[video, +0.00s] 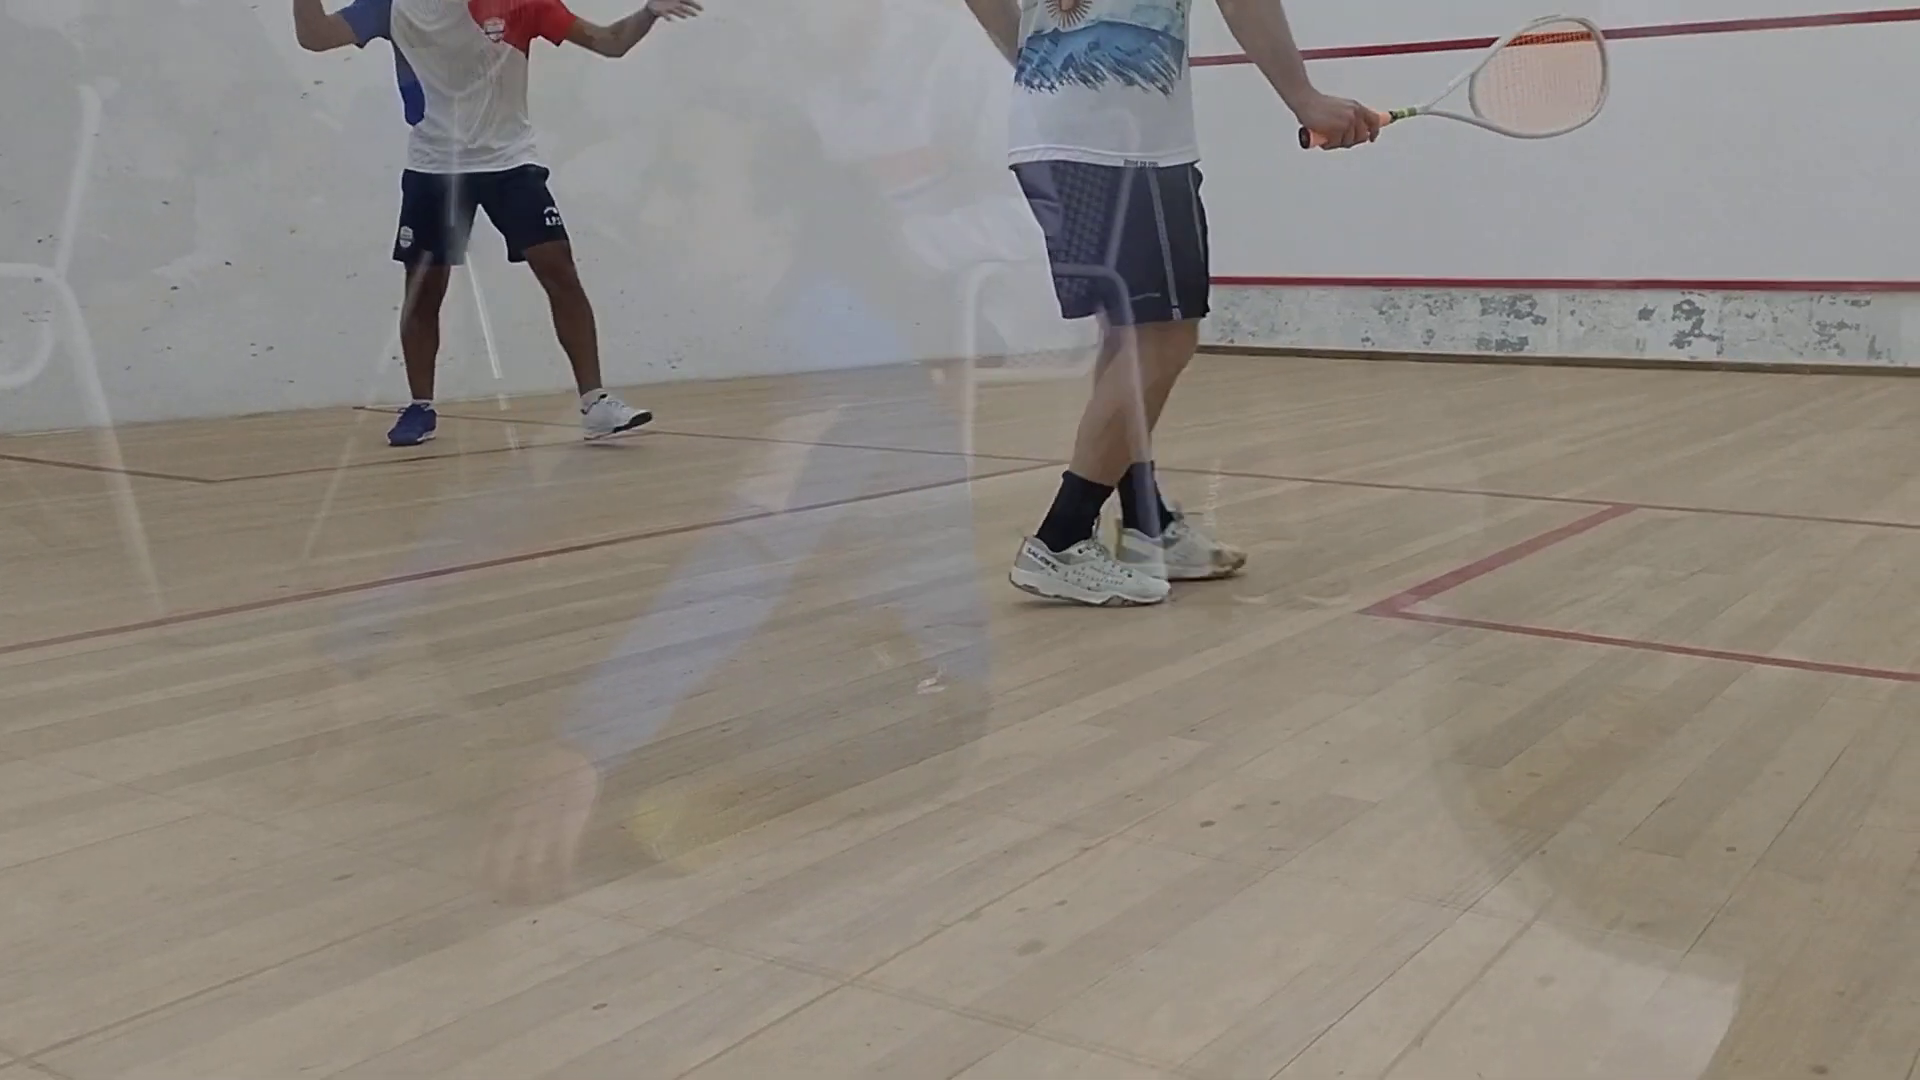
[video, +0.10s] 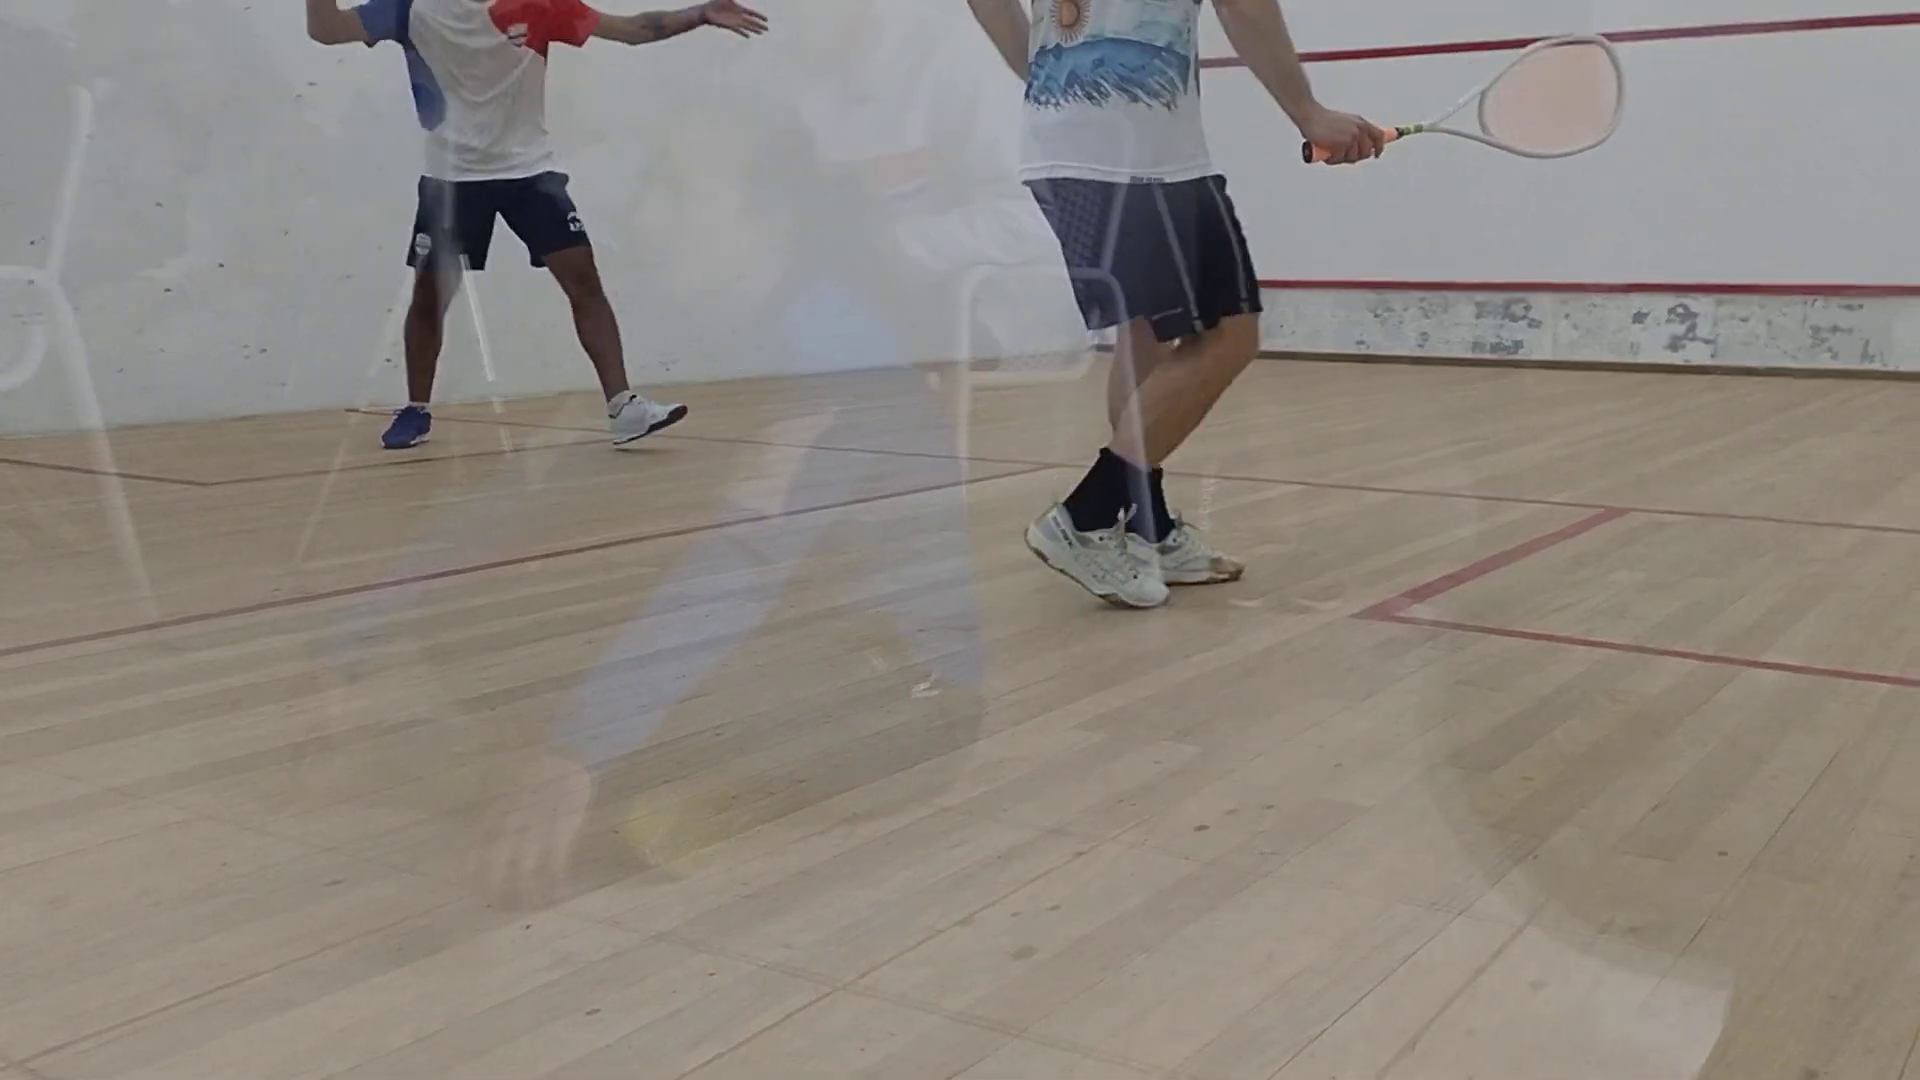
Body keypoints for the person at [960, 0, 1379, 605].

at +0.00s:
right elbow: (1240, 0)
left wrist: (1042, 63)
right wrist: (1304, 95)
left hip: (1050, 115)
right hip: (1128, 119)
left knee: (1122, 326)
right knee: (1166, 334)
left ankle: (1148, 526)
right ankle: (1058, 545)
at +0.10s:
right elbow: (1239, 4)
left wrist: (1051, 78)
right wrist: (1310, 112)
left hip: (1060, 130)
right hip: (1141, 133)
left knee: (1142, 331)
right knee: (1229, 335)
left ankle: (1149, 529)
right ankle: (1086, 519)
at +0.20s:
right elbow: (1234, 6)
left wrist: (1057, 77)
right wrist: (1302, 118)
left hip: (1057, 137)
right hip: (1147, 141)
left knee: (1141, 323)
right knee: (1251, 325)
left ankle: (1146, 528)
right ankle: (1102, 510)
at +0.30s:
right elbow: (1225, 6)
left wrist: (1051, 71)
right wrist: (1296, 118)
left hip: (1049, 138)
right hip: (1141, 138)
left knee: (1133, 330)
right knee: (1235, 337)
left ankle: (1143, 531)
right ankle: (1107, 535)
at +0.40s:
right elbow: (1219, 5)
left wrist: (1034, 76)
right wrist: (1292, 123)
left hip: (1039, 137)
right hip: (1132, 138)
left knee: (1113, 337)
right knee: (1193, 360)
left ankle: (1137, 534)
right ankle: (1087, 580)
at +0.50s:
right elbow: (1210, 2)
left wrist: (1016, 72)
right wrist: (1283, 109)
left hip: (1017, 120)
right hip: (1113, 121)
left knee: (1077, 336)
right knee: (1167, 346)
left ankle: (1124, 533)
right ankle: (1077, 591)